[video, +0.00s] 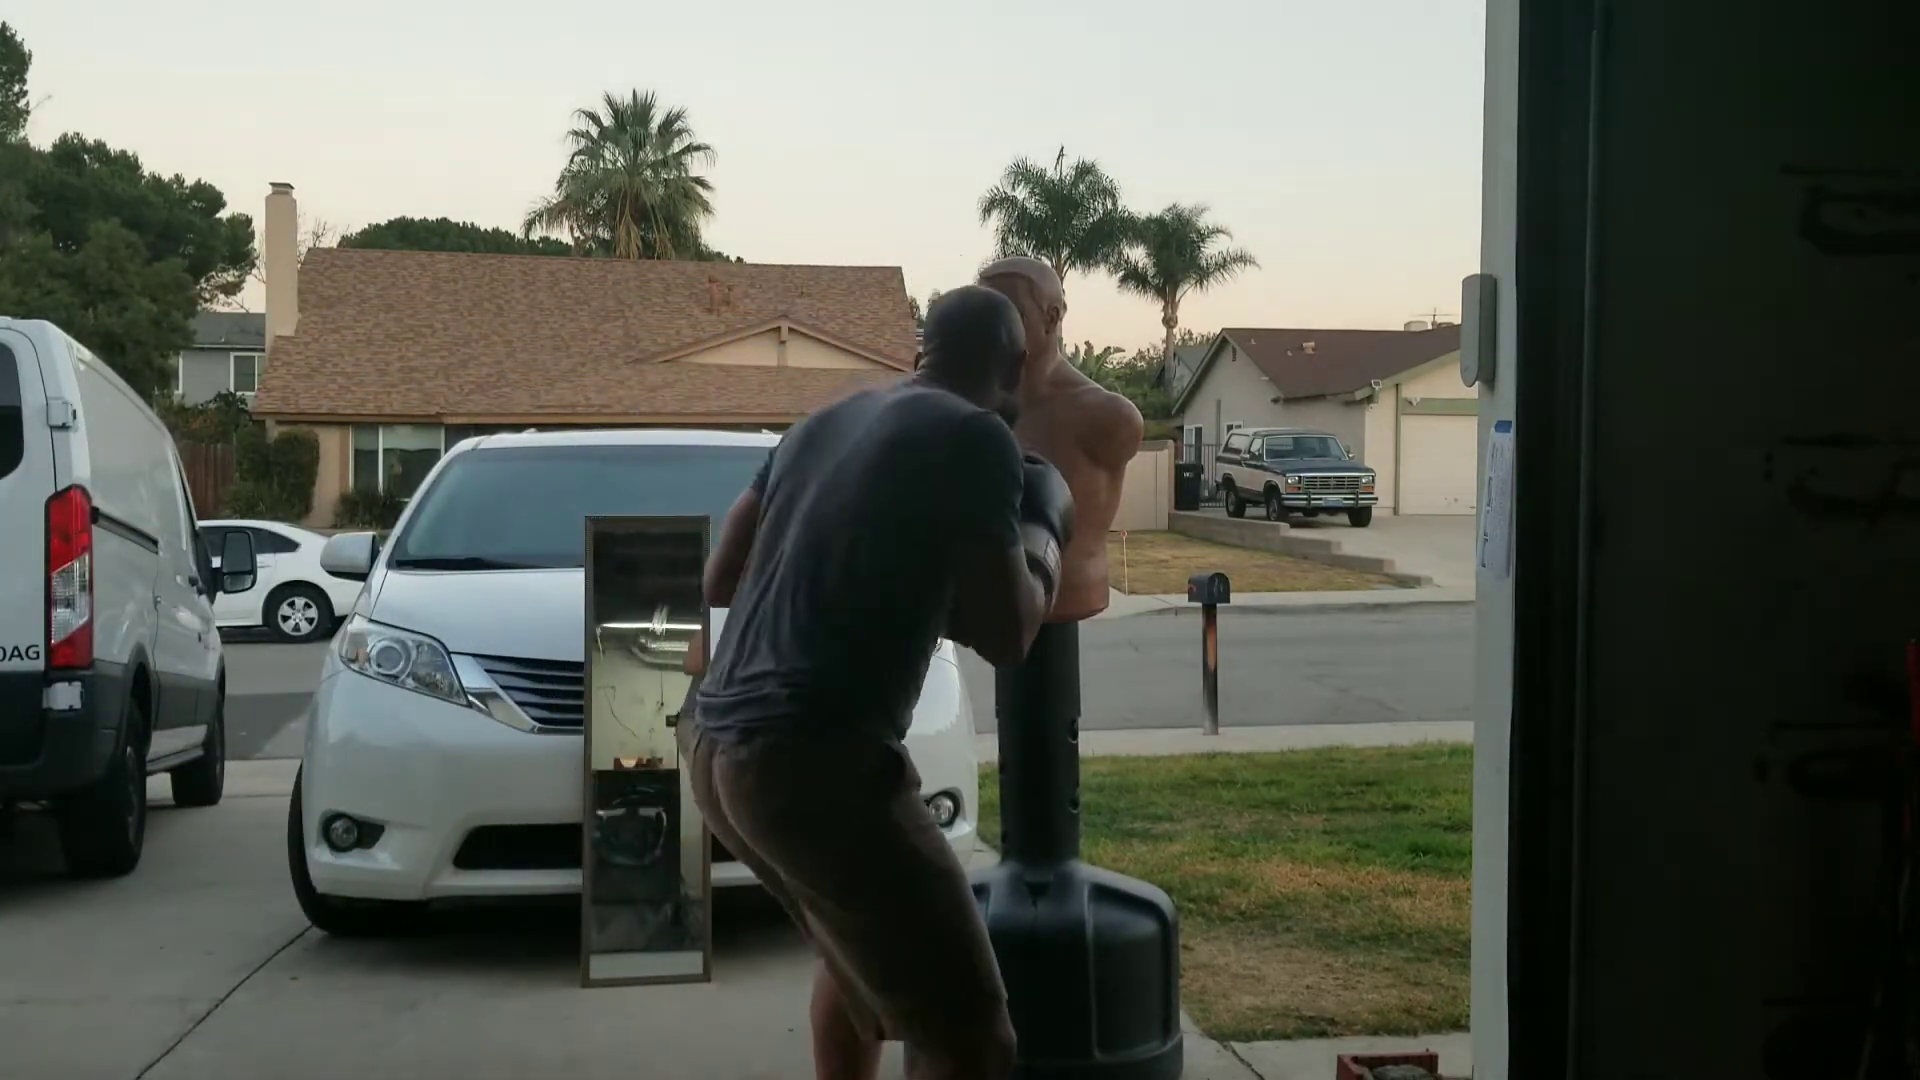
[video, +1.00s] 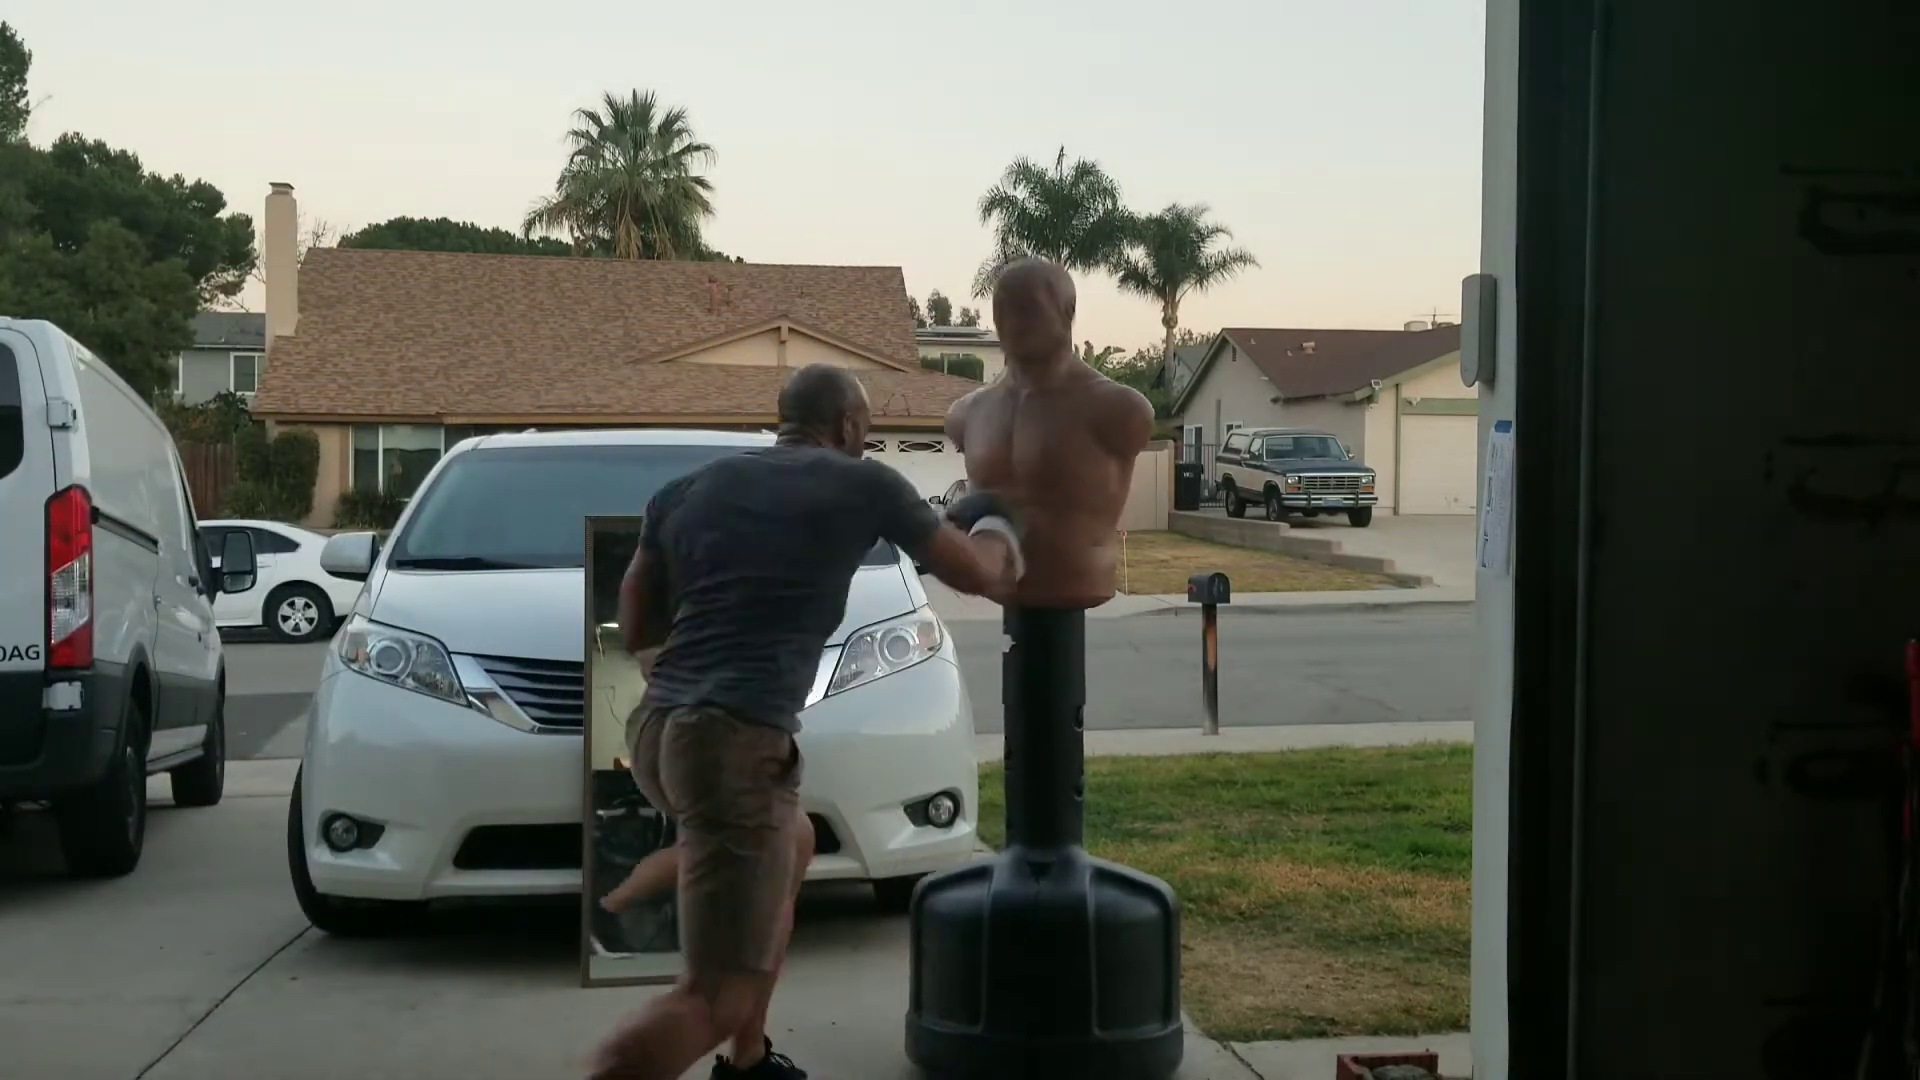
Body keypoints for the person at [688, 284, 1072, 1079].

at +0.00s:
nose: (1022, 396)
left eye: (1023, 374)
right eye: (1024, 374)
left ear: (921, 354)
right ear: (1009, 369)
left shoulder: (821, 422)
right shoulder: (975, 437)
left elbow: (721, 582)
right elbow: (1006, 637)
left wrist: (856, 560)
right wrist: (1039, 524)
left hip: (718, 757)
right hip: (821, 764)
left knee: (854, 965)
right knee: (969, 1034)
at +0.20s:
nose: (983, 337)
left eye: (983, 322)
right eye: (980, 323)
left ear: (875, 328)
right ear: (966, 328)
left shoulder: (772, 404)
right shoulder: (976, 401)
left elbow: (717, 575)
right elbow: (1061, 553)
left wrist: (826, 525)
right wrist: (1063, 435)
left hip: (737, 740)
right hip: (837, 750)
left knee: (844, 908)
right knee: (947, 1030)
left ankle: (821, 1074)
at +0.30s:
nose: (971, 340)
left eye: (970, 328)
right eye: (967, 327)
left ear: (865, 327)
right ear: (954, 328)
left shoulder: (775, 398)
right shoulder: (952, 402)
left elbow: (759, 537)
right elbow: (1036, 554)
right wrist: (1042, 423)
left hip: (739, 729)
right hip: (831, 741)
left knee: (806, 950)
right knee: (937, 1027)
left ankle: (795, 1073)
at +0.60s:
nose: (938, 383)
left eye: (936, 369)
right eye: (937, 368)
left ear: (848, 356)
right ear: (920, 365)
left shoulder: (771, 419)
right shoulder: (892, 436)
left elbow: (722, 501)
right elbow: (963, 593)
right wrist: (990, 473)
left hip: (744, 715)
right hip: (772, 732)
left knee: (870, 853)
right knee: (863, 995)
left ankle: (768, 1053)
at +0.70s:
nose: (930, 401)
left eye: (930, 386)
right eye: (928, 385)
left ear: (852, 378)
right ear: (906, 390)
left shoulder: (818, 438)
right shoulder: (826, 455)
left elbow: (846, 569)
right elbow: (837, 598)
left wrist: (910, 554)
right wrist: (921, 576)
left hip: (734, 724)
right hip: (754, 732)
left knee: (793, 935)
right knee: (853, 980)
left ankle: (749, 1060)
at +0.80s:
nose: (897, 423)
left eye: (898, 411)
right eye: (896, 411)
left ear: (812, 403)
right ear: (878, 412)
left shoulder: (752, 452)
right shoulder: (838, 478)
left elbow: (883, 426)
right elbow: (914, 603)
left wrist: (945, 395)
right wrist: (952, 532)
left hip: (688, 734)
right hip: (762, 743)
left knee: (776, 896)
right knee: (817, 996)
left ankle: (770, 1055)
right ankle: (741, 1068)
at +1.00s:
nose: (868, 443)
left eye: (869, 433)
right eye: (866, 432)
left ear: (781, 426)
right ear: (848, 427)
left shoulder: (688, 490)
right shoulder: (863, 483)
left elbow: (638, 633)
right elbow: (985, 574)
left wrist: (717, 588)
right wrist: (996, 526)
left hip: (655, 737)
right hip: (735, 743)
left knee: (791, 842)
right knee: (721, 1000)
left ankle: (744, 1053)